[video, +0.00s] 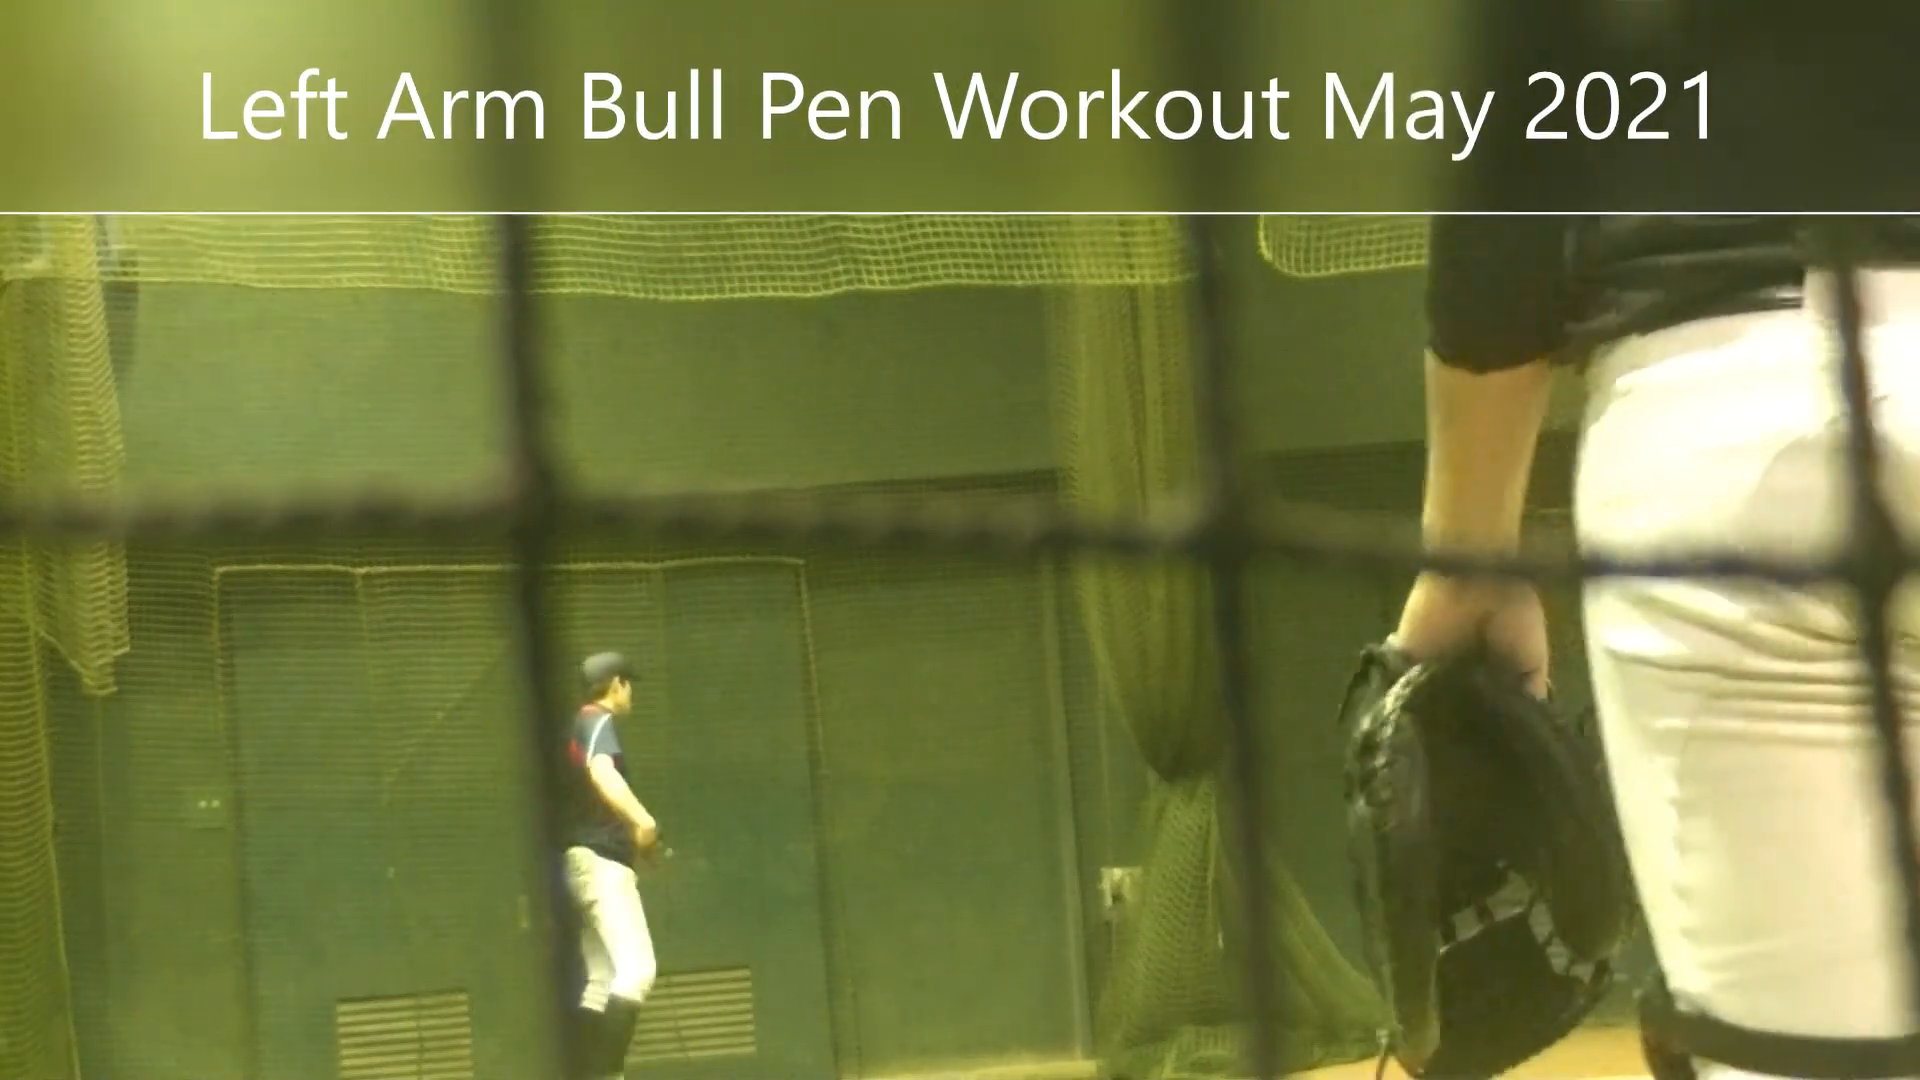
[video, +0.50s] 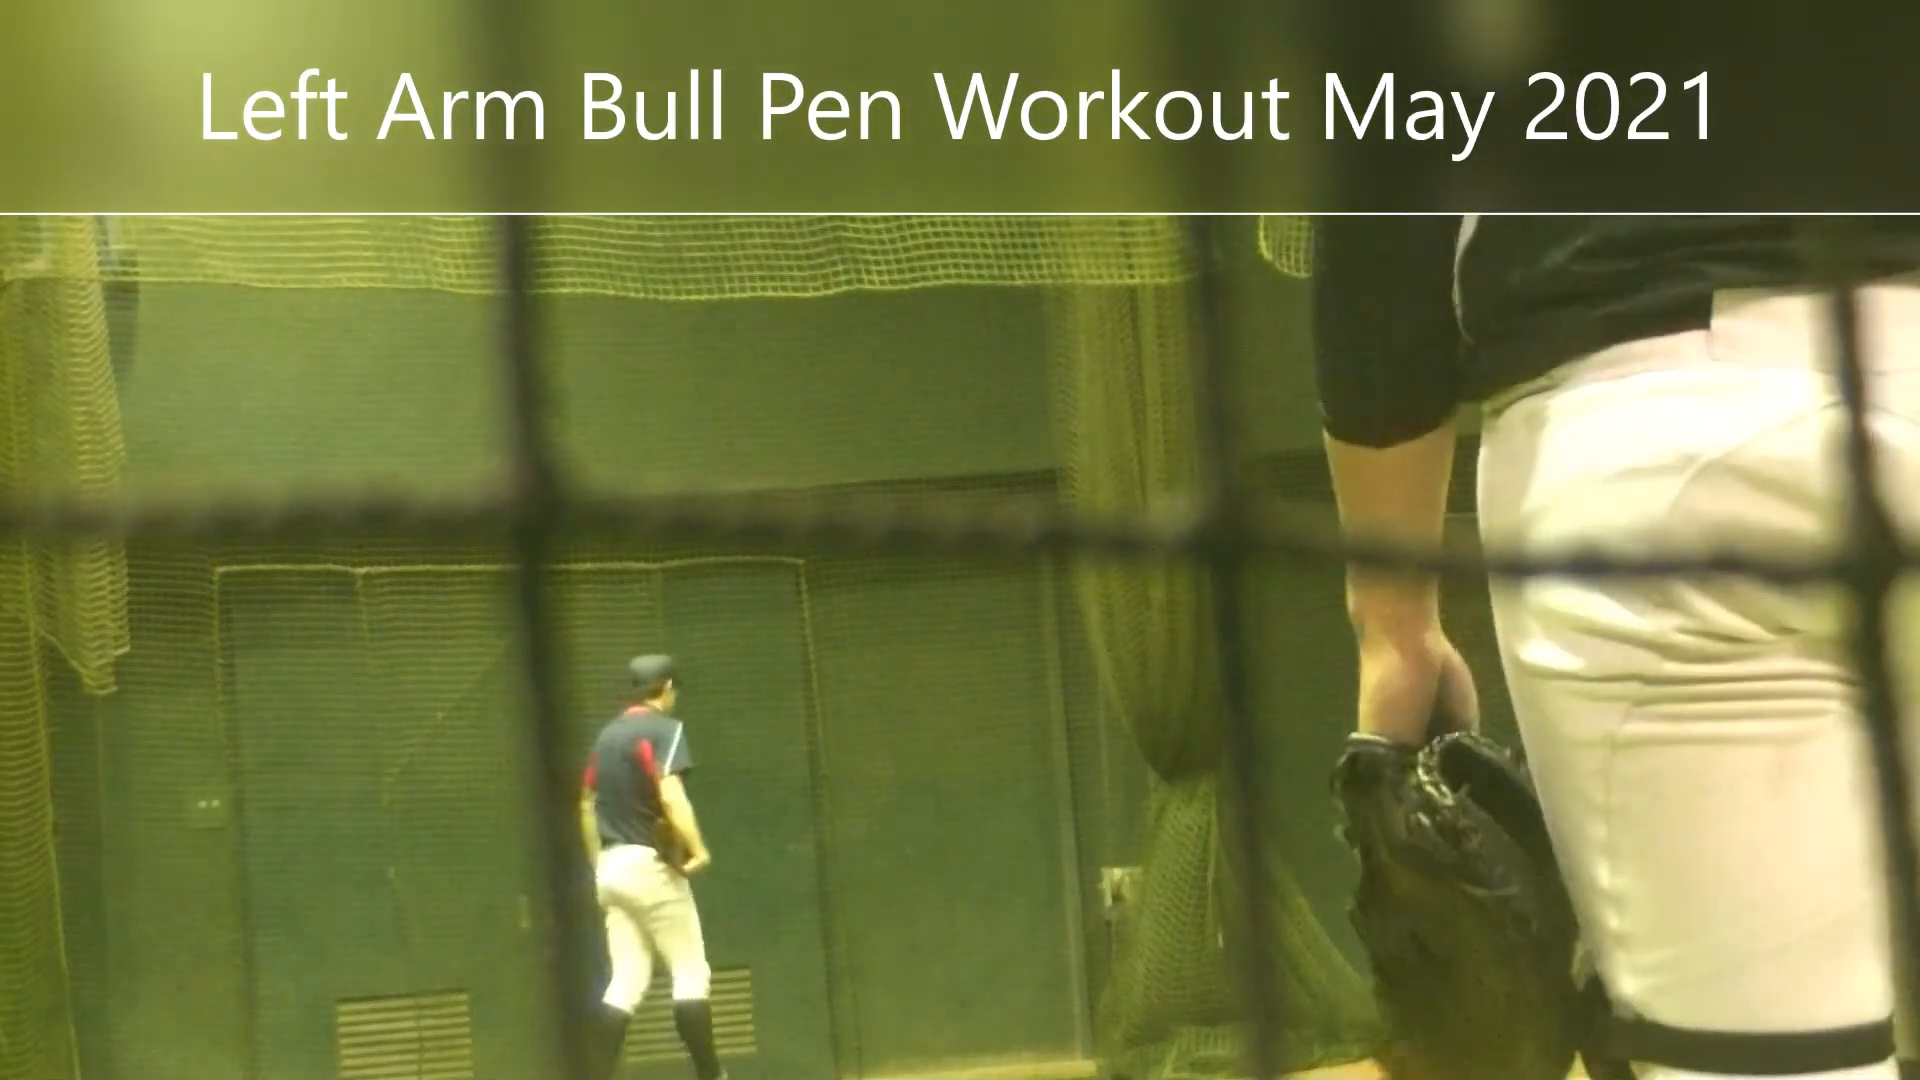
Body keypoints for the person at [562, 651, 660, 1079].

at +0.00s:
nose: (630, 694)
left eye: (628, 686)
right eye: (627, 686)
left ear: (596, 687)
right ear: (614, 686)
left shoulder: (578, 723)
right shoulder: (597, 719)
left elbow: (588, 795)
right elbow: (600, 770)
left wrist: (637, 844)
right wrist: (642, 820)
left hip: (580, 860)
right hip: (598, 862)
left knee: (600, 976)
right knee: (635, 968)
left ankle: (580, 1069)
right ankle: (604, 1070)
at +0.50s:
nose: (674, 693)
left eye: (671, 686)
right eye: (672, 687)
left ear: (635, 691)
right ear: (663, 689)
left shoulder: (607, 733)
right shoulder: (664, 730)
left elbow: (587, 801)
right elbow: (670, 792)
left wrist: (596, 859)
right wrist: (698, 848)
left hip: (609, 863)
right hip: (648, 861)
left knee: (628, 976)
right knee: (689, 969)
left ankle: (595, 1072)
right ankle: (709, 1072)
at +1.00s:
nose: (702, 695)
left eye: (684, 689)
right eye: (709, 688)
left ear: (673, 692)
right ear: (713, 690)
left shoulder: (647, 730)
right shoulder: (734, 731)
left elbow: (603, 789)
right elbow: (764, 796)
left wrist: (617, 856)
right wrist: (784, 850)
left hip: (659, 856)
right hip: (710, 856)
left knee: (664, 958)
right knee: (713, 963)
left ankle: (669, 1069)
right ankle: (713, 1072)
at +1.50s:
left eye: (649, 696)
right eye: (674, 690)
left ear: (645, 699)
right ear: (684, 693)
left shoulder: (628, 737)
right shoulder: (715, 726)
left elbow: (592, 802)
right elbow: (750, 789)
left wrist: (615, 863)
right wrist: (778, 837)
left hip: (657, 859)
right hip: (709, 853)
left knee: (673, 968)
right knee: (739, 953)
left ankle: (687, 1069)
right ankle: (728, 1052)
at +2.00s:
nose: (670, 708)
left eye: (662, 701)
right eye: (680, 701)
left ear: (650, 705)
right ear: (688, 702)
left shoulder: (625, 740)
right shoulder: (709, 731)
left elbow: (592, 803)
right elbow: (742, 792)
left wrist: (613, 866)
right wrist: (770, 842)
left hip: (653, 857)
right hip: (702, 851)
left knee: (671, 968)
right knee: (718, 961)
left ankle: (687, 1070)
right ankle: (720, 1066)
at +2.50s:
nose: (698, 704)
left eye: (674, 697)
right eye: (701, 698)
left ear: (666, 698)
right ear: (703, 699)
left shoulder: (634, 733)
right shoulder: (719, 733)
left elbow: (598, 794)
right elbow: (745, 799)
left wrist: (609, 860)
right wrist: (766, 852)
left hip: (646, 857)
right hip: (697, 856)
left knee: (647, 958)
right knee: (713, 959)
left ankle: (633, 1057)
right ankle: (715, 1068)